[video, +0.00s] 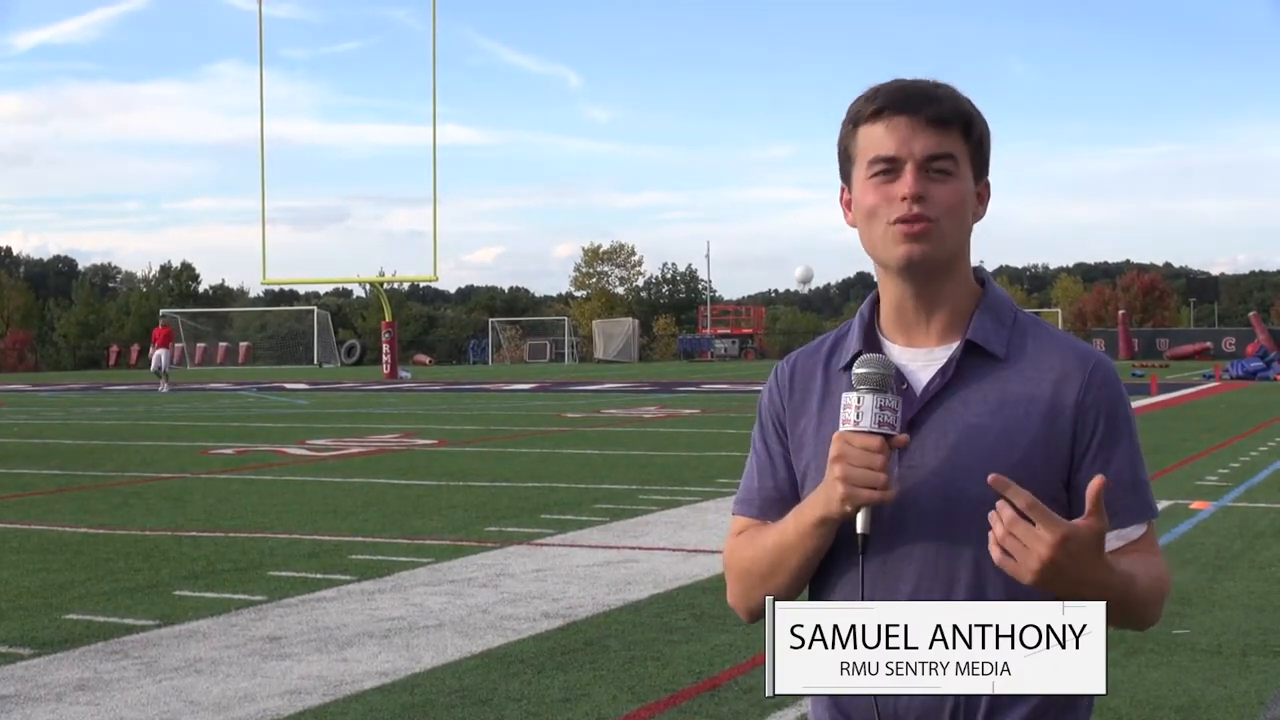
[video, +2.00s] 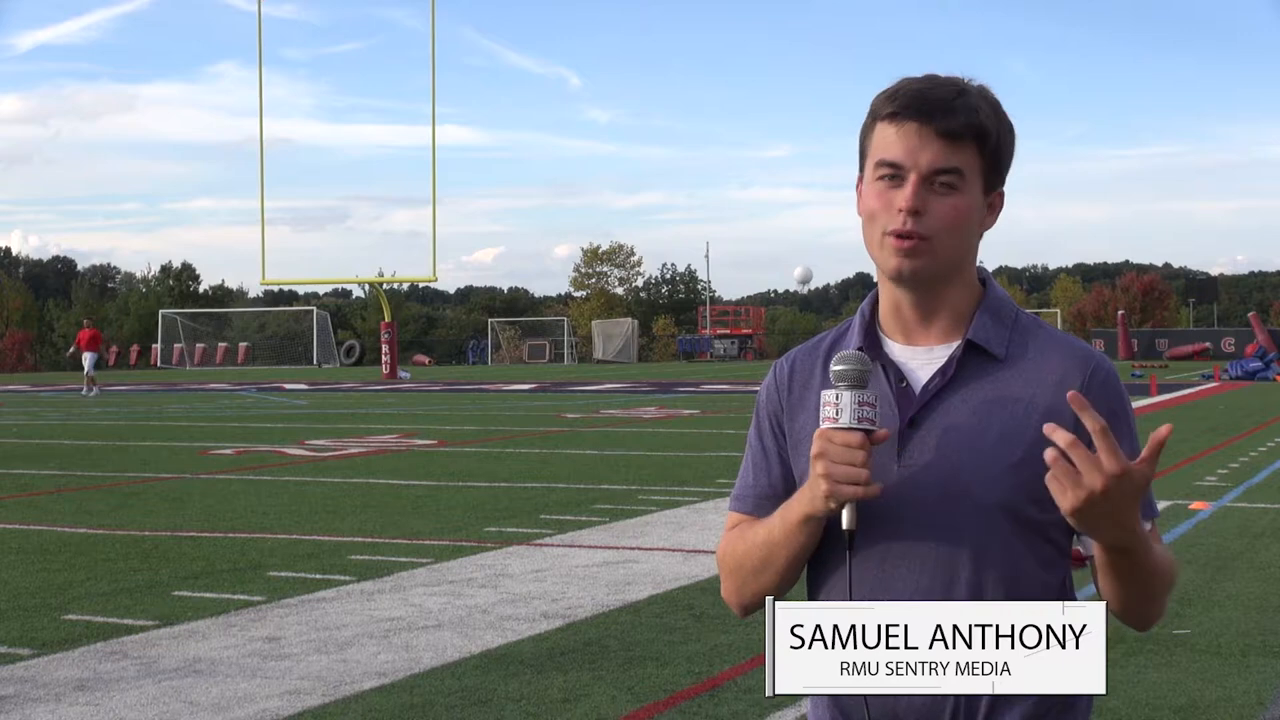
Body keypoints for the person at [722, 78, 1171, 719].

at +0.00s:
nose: (910, 190)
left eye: (938, 170)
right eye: (884, 171)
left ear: (980, 198)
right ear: (849, 207)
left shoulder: (1077, 379)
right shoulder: (796, 384)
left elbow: (1147, 593)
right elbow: (744, 590)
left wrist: (1093, 578)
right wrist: (824, 503)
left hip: (1025, 707)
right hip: (847, 707)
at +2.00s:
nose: (907, 203)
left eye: (943, 181)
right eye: (888, 176)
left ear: (991, 207)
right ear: (860, 195)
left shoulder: (1074, 379)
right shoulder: (796, 380)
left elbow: (1143, 611)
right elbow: (738, 588)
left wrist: (1120, 536)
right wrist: (811, 499)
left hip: (1025, 705)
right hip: (848, 706)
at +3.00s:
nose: (914, 211)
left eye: (949, 188)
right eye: (893, 182)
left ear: (993, 208)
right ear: (861, 196)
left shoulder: (1076, 381)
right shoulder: (798, 382)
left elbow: (1167, 581)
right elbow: (740, 587)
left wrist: (1053, 564)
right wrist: (837, 496)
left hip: (1022, 708)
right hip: (845, 707)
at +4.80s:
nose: (913, 197)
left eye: (942, 174)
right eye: (887, 176)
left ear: (987, 198)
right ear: (856, 205)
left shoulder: (1079, 374)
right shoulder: (799, 378)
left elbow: (1162, 600)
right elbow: (733, 584)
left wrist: (1097, 493)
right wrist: (827, 479)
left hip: (1028, 704)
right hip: (851, 707)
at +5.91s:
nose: (913, 209)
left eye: (941, 183)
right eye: (887, 184)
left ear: (984, 201)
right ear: (853, 207)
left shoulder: (1082, 379)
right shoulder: (797, 385)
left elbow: (1157, 578)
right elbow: (745, 587)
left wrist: (1046, 566)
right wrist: (834, 515)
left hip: (1031, 708)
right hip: (852, 708)